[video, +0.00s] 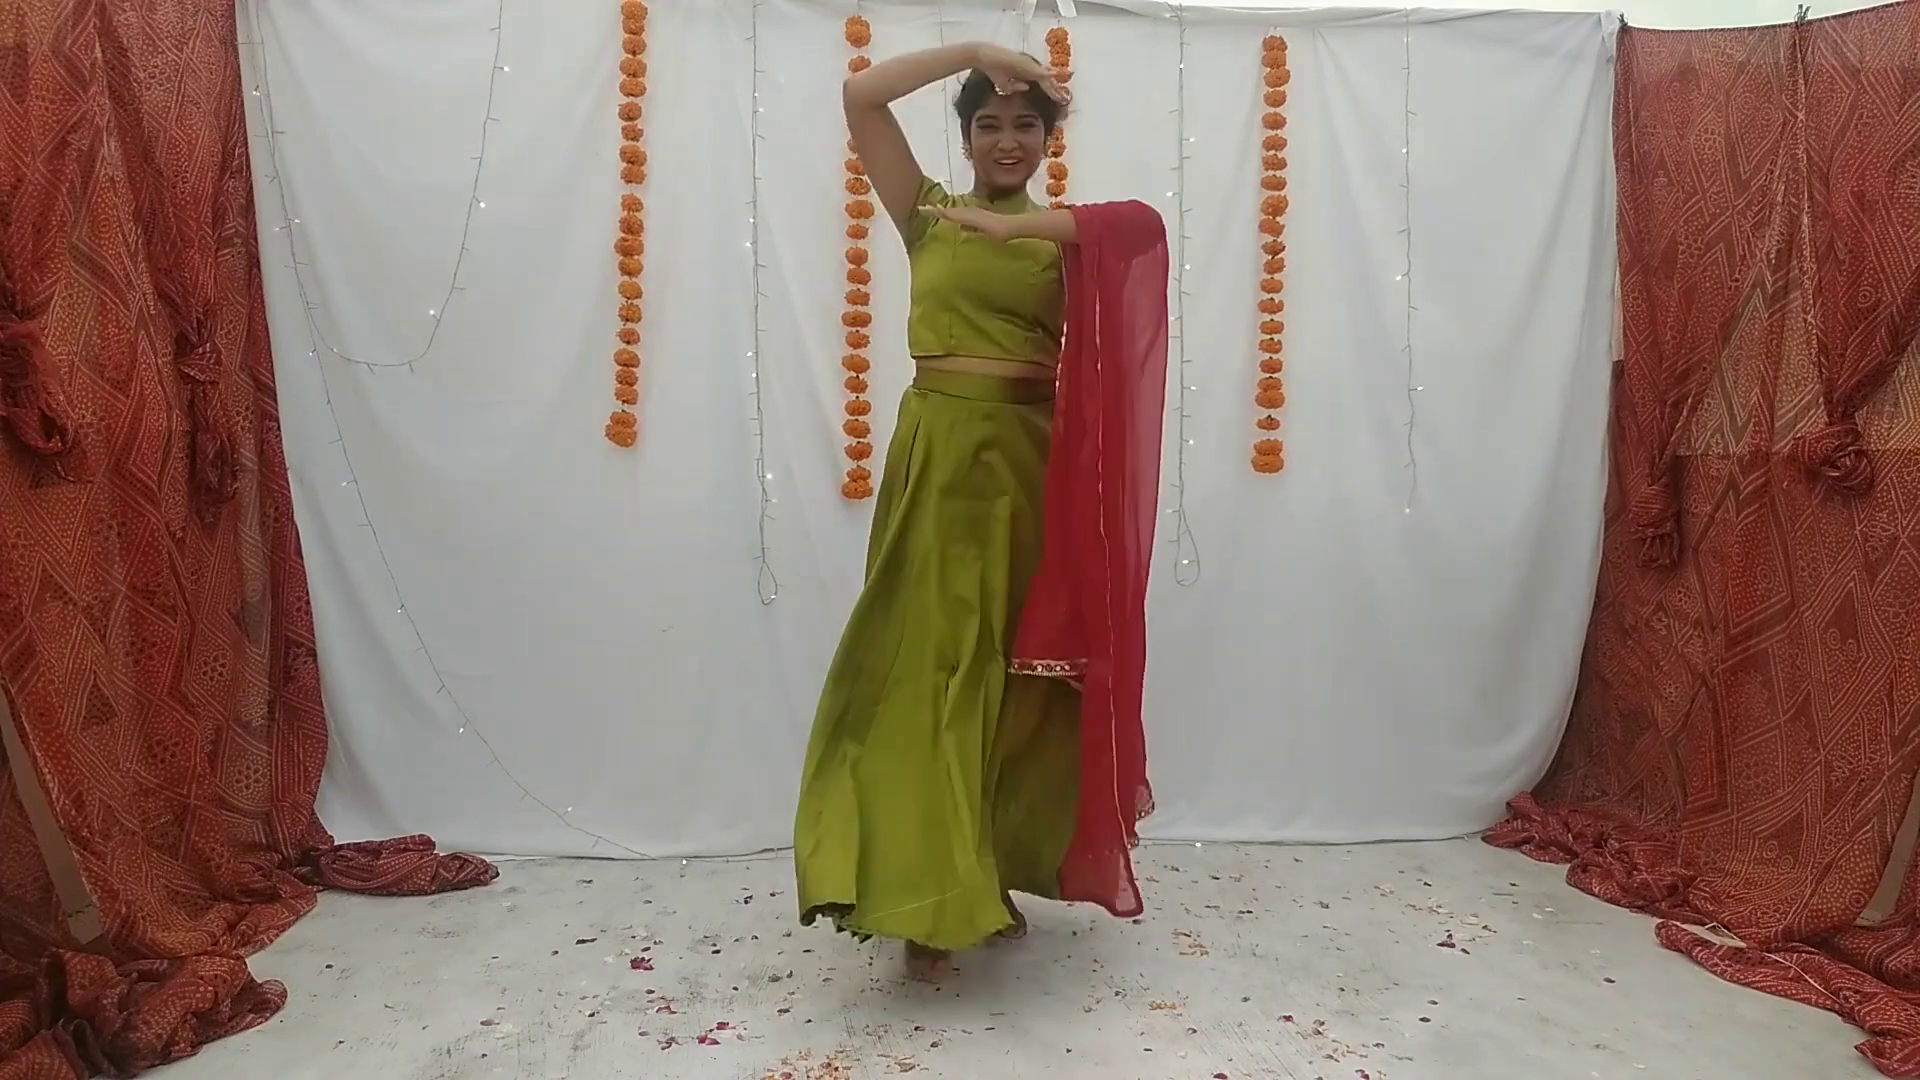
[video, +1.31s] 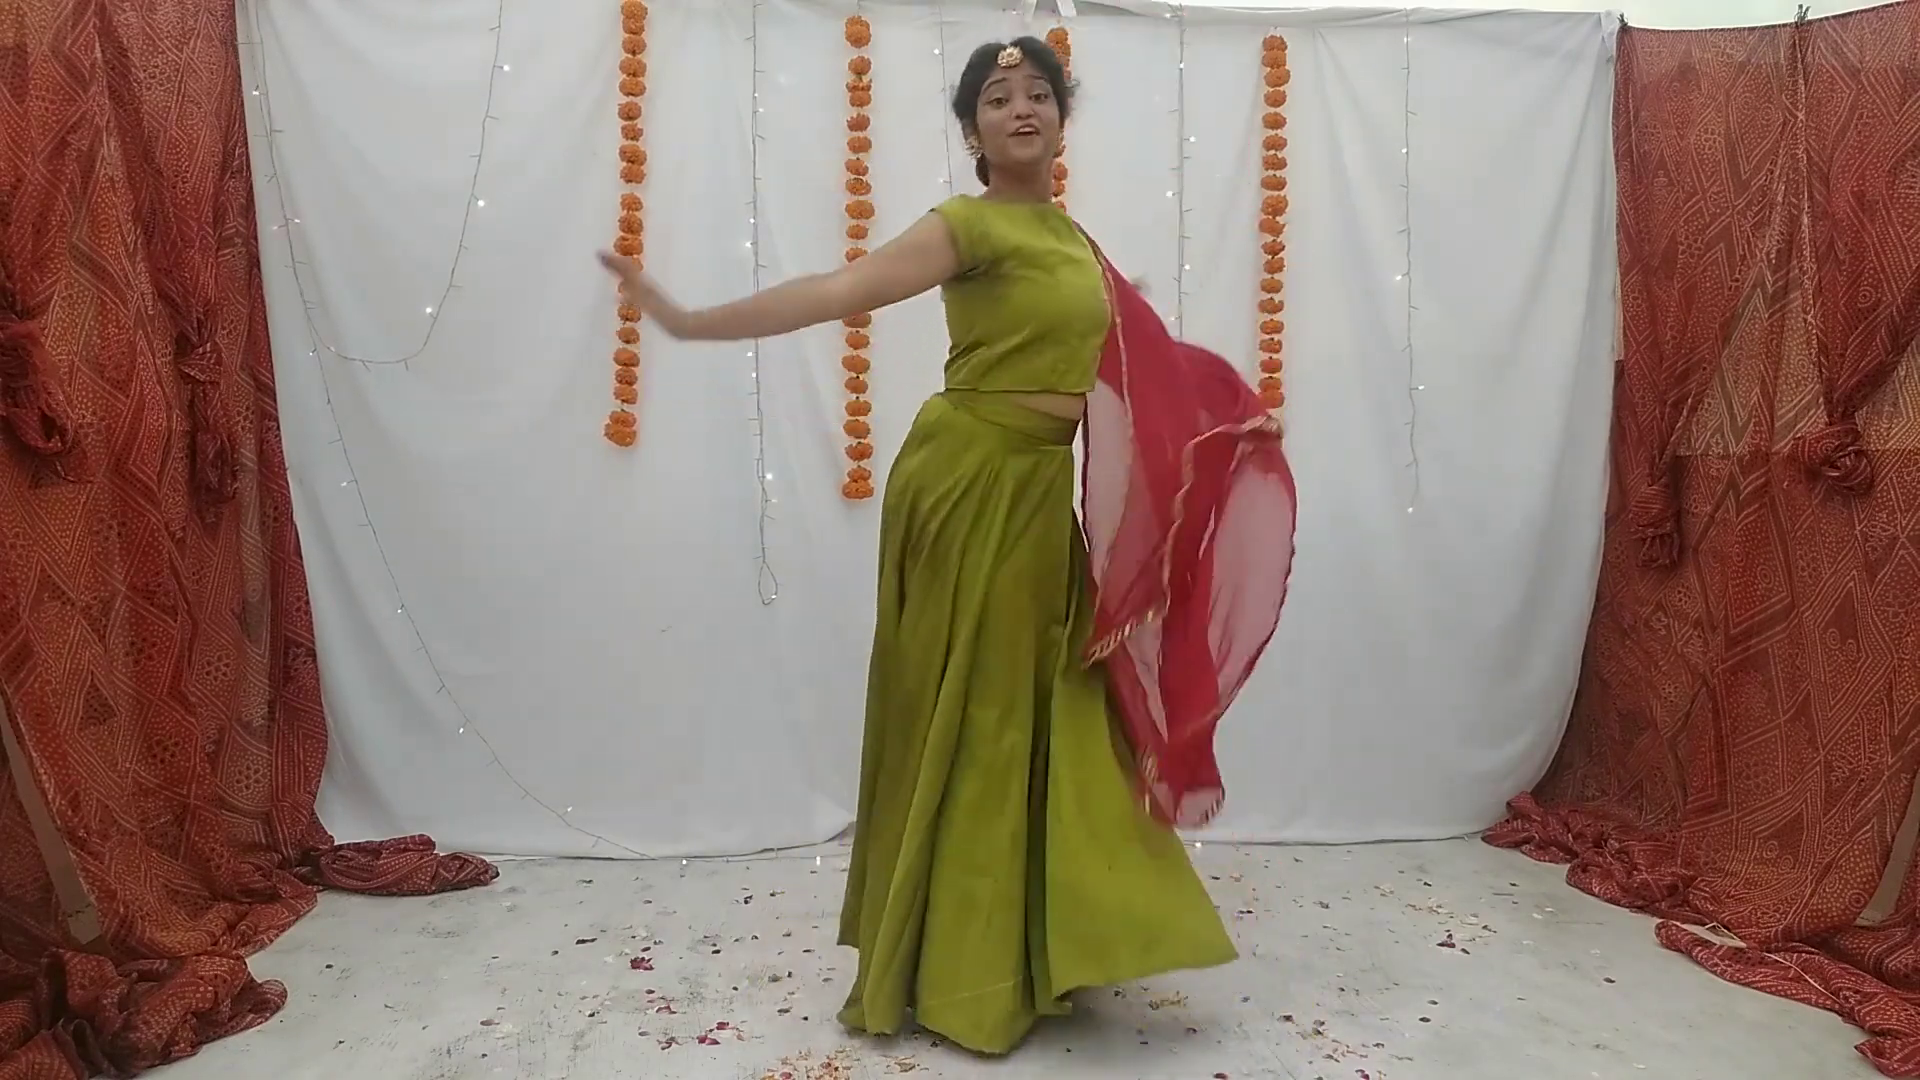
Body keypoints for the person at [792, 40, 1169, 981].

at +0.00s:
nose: (1009, 139)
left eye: (1026, 125)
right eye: (992, 124)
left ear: (1047, 142)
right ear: (966, 135)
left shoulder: (1062, 240)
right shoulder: (929, 216)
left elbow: (1144, 223)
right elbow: (863, 96)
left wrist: (1005, 224)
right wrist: (973, 50)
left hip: (1029, 451)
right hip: (937, 443)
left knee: (1010, 667)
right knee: (935, 662)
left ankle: (981, 871)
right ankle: (928, 900)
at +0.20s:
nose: (1019, 182)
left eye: (1029, 165)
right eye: (1002, 166)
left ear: (1051, 172)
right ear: (967, 174)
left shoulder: (1074, 265)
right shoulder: (937, 271)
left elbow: (1148, 241)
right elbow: (852, 198)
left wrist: (1012, 224)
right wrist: (957, 171)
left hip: (1040, 501)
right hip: (942, 492)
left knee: (1025, 716)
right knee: (928, 714)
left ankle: (1015, 905)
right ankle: (917, 946)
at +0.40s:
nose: (1019, 174)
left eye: (1037, 160)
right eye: (1001, 158)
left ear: (1059, 176)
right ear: (975, 171)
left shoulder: (1089, 264)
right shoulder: (948, 271)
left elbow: (1163, 158)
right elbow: (841, 256)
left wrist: (1054, 119)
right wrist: (956, 265)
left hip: (1060, 496)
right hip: (959, 491)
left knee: (1066, 715)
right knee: (950, 713)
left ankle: (1083, 932)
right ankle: (933, 938)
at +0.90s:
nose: (1006, 127)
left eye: (1022, 112)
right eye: (987, 114)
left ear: (1052, 130)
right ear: (960, 139)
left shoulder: (1096, 234)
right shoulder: (941, 252)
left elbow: (1193, 309)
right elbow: (845, 369)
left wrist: (1108, 223)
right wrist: (904, 265)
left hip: (1086, 495)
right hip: (972, 492)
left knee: (1085, 732)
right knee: (969, 730)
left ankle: (1086, 984)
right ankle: (965, 975)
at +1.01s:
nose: (990, 150)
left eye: (1008, 136)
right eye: (970, 139)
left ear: (1039, 163)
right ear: (949, 169)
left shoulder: (1086, 271)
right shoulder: (921, 293)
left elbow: (1197, 380)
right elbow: (916, 444)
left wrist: (1102, 319)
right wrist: (891, 372)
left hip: (1074, 533)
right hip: (959, 529)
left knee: (1082, 757)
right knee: (965, 757)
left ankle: (1080, 992)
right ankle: (960, 987)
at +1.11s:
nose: (987, 157)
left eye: (1004, 143)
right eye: (969, 146)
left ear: (1036, 167)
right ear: (944, 173)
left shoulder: (1082, 275)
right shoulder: (918, 292)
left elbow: (1184, 377)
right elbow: (865, 424)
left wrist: (1236, 300)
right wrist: (766, 393)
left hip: (1057, 522)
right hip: (951, 519)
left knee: (1068, 756)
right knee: (959, 754)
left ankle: (1067, 992)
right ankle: (956, 986)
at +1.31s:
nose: (1021, 112)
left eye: (1036, 97)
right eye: (1000, 102)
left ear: (1062, 119)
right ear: (973, 130)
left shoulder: (1072, 238)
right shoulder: (971, 223)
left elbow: (1127, 375)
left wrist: (1228, 419)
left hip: (1041, 488)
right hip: (967, 479)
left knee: (1043, 722)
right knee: (969, 725)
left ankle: (1026, 963)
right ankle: (953, 972)